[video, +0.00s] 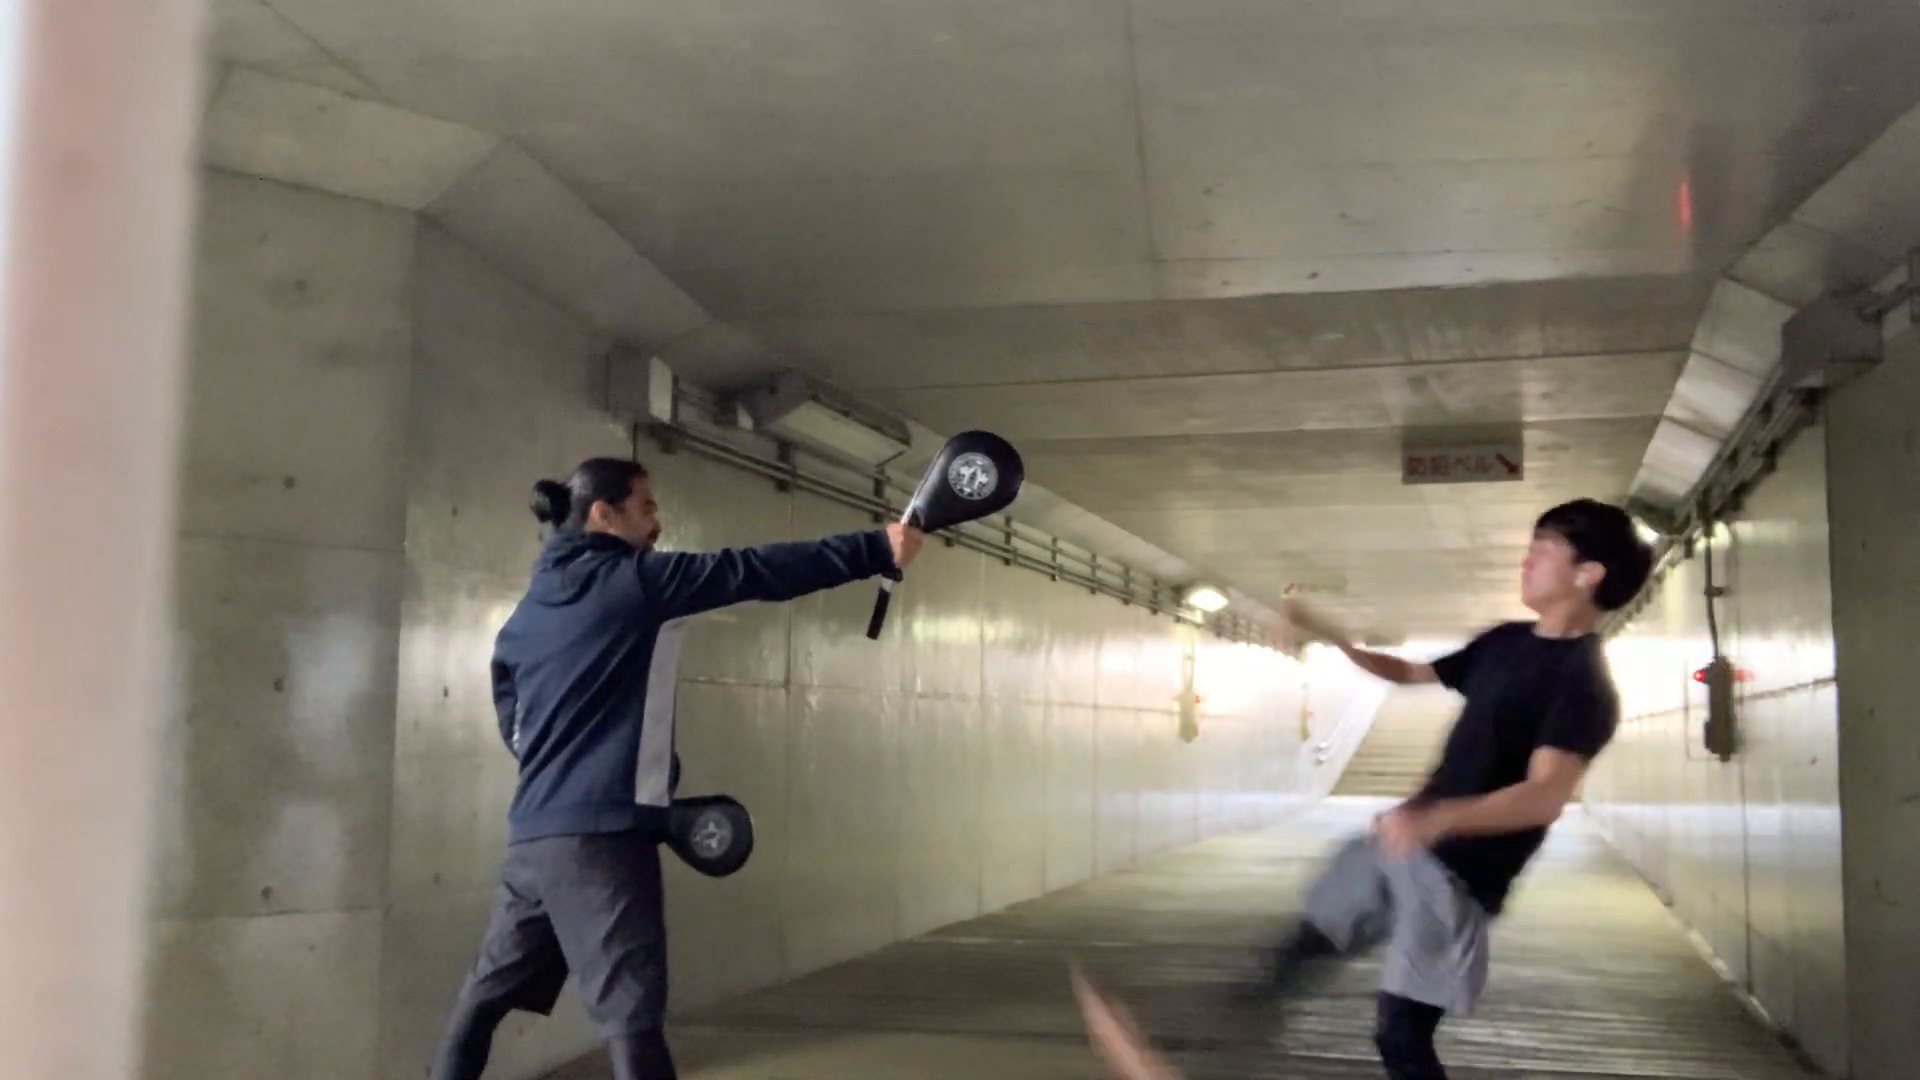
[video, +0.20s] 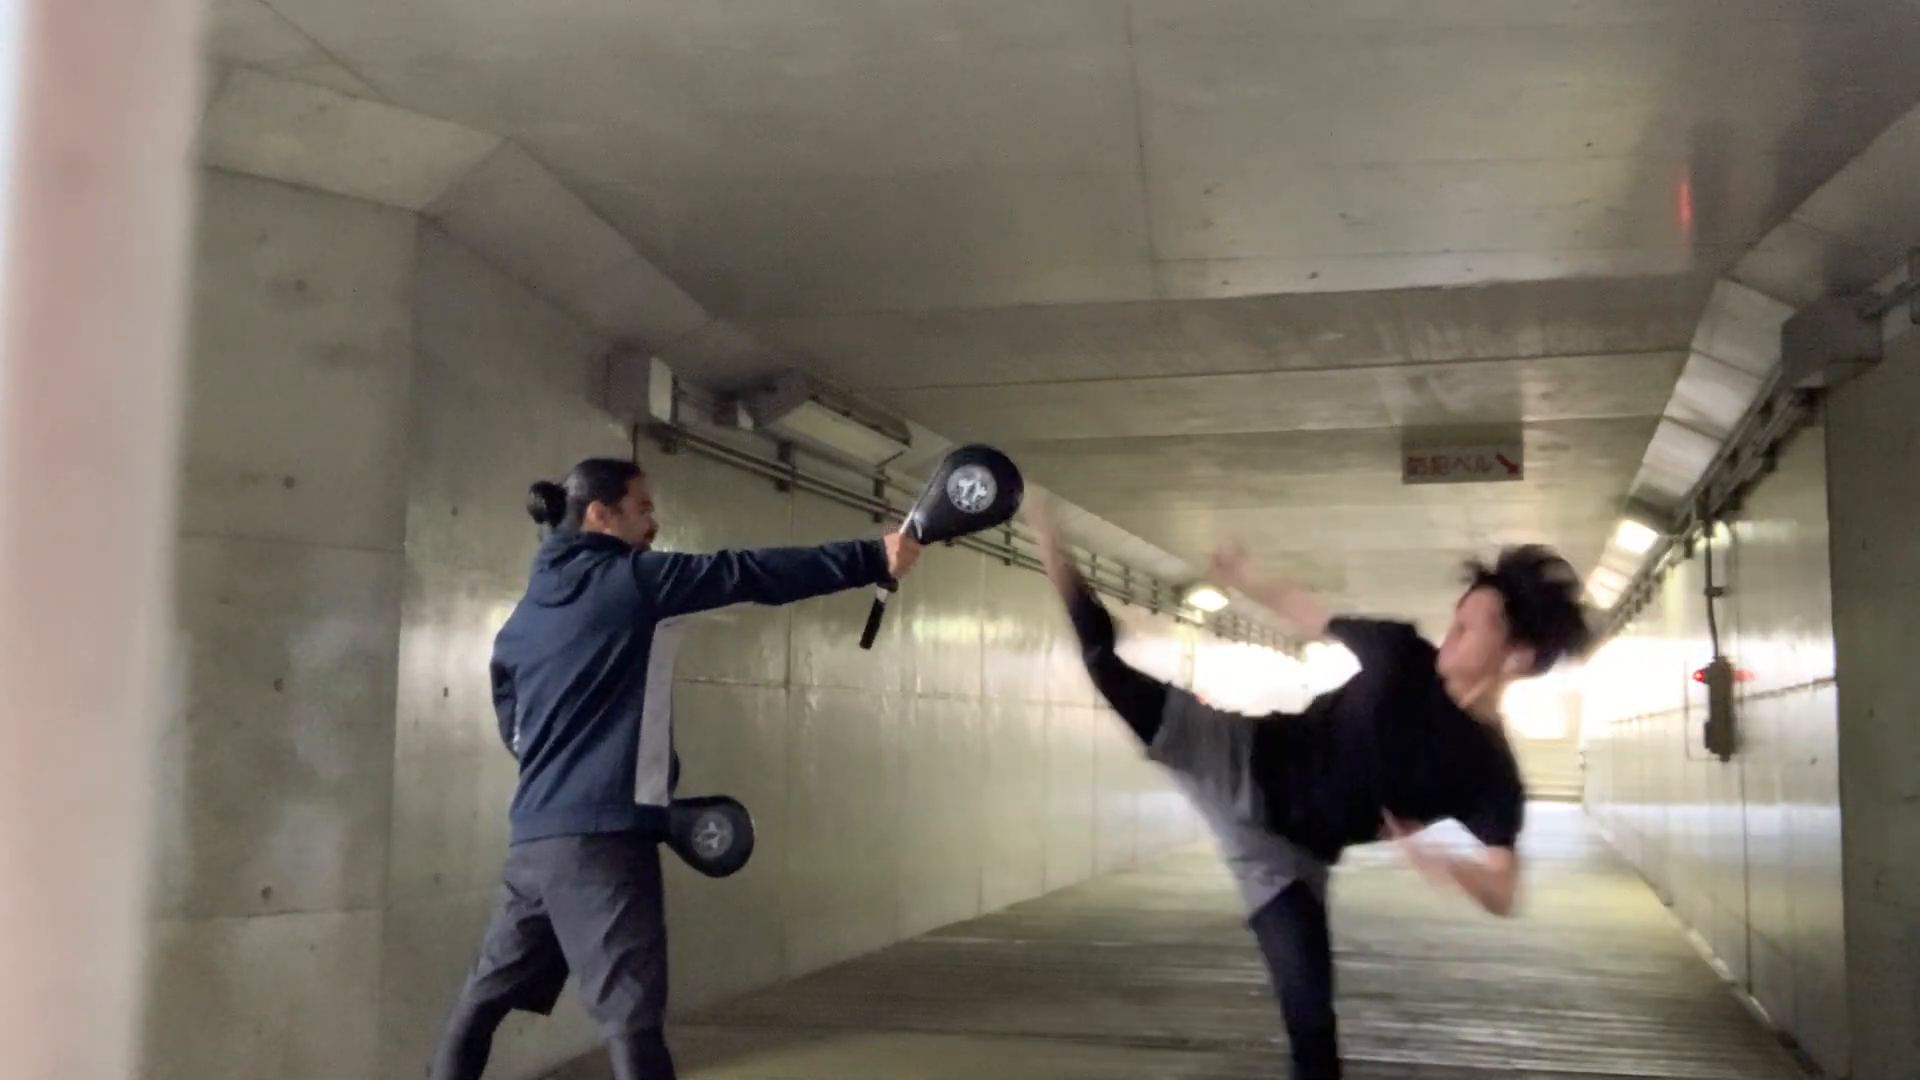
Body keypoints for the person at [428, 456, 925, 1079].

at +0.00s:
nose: (658, 522)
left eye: (655, 507)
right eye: (647, 507)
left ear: (595, 515)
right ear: (602, 513)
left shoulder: (520, 620)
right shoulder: (637, 578)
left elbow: (521, 735)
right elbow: (753, 571)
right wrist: (876, 548)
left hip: (534, 833)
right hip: (599, 832)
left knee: (479, 1003)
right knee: (631, 1022)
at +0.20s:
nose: (654, 521)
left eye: (651, 507)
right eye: (643, 507)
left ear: (593, 515)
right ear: (599, 513)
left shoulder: (517, 624)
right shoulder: (633, 576)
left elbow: (521, 738)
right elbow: (749, 573)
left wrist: (628, 787)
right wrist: (876, 556)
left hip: (535, 836)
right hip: (599, 834)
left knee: (478, 1007)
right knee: (632, 1026)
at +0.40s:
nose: (648, 521)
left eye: (646, 506)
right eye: (637, 506)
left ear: (584, 518)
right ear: (592, 515)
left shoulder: (513, 629)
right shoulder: (612, 582)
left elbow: (533, 750)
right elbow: (719, 595)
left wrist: (643, 801)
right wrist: (843, 586)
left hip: (535, 837)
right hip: (598, 835)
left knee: (485, 998)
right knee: (633, 1023)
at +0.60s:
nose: (646, 520)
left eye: (644, 506)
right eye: (634, 506)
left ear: (582, 517)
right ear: (588, 514)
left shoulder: (520, 624)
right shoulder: (612, 579)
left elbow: (552, 740)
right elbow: (726, 577)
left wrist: (636, 785)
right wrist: (844, 546)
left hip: (536, 834)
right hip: (594, 834)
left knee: (487, 1000)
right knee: (628, 1022)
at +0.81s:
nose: (640, 521)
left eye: (638, 507)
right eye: (628, 508)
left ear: (577, 520)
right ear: (582, 515)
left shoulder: (514, 630)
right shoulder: (608, 578)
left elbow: (549, 745)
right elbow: (721, 572)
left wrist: (640, 786)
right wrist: (841, 540)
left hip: (539, 835)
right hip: (600, 835)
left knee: (490, 997)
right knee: (632, 1021)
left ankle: (446, 1077)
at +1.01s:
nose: (634, 519)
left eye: (631, 506)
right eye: (622, 506)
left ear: (571, 519)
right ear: (575, 514)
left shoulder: (510, 631)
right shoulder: (604, 579)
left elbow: (546, 746)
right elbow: (717, 573)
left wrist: (646, 795)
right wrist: (838, 543)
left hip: (538, 837)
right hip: (599, 837)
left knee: (487, 1001)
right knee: (630, 1023)